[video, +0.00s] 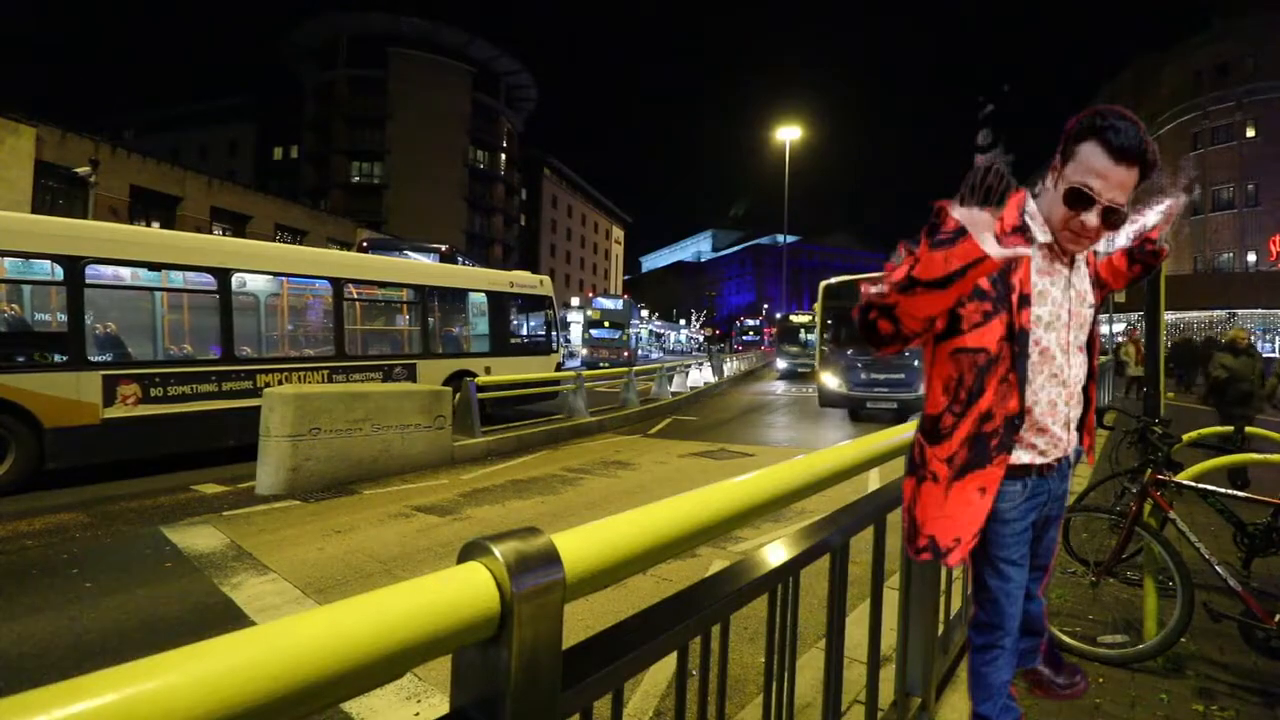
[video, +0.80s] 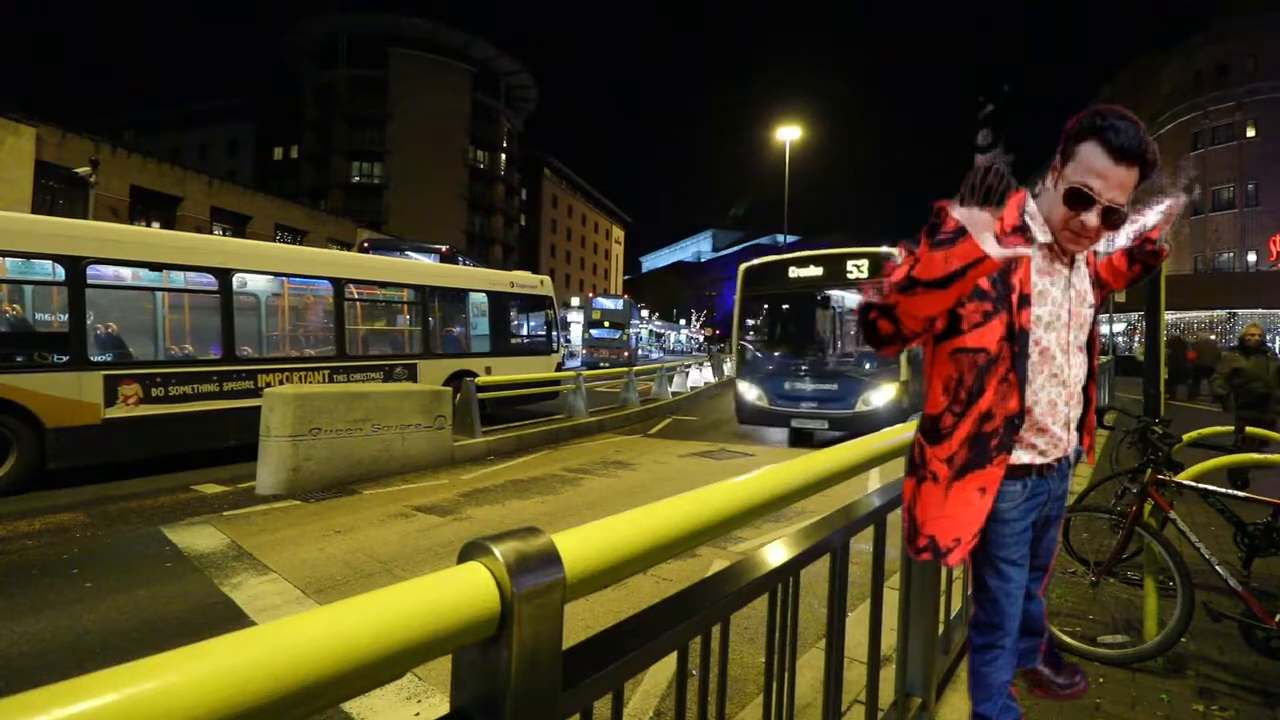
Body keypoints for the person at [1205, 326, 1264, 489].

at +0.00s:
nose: (1244, 342)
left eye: (1246, 339)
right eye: (1241, 339)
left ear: (1249, 340)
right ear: (1232, 339)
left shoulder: (1255, 357)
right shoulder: (1221, 356)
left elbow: (1260, 379)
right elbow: (1215, 375)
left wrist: (1258, 395)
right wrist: (1231, 382)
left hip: (1248, 406)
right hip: (1228, 407)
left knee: (1244, 442)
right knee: (1230, 442)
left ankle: (1243, 475)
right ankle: (1233, 476)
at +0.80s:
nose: (1254, 339)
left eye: (1258, 335)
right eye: (1251, 335)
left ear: (1263, 338)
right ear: (1243, 337)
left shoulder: (1271, 358)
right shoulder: (1232, 356)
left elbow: (1275, 382)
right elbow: (1218, 379)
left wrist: (1274, 399)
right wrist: (1225, 398)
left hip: (1266, 408)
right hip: (1242, 408)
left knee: (1261, 444)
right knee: (1242, 444)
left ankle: (1246, 474)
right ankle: (1237, 476)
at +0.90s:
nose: (1257, 339)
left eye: (1261, 335)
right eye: (1253, 335)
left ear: (1265, 338)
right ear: (1245, 337)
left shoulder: (1272, 358)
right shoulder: (1233, 355)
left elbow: (1274, 381)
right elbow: (1220, 376)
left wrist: (1274, 397)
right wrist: (1228, 392)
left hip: (1268, 407)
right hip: (1243, 407)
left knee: (1271, 443)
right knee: (1244, 444)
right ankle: (1240, 476)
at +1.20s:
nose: (1274, 340)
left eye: (1277, 337)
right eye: (1270, 337)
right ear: (1261, 338)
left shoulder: (1277, 360)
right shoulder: (1248, 358)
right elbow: (1231, 379)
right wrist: (1243, 391)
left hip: (1274, 411)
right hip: (1250, 411)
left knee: (1275, 446)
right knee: (1247, 446)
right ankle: (1240, 476)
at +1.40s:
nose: (1278, 337)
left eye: (1279, 333)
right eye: (1275, 333)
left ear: (1279, 335)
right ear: (1266, 335)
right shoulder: (1255, 357)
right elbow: (1238, 384)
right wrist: (1244, 405)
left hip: (1275, 411)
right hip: (1260, 410)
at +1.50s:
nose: (1278, 337)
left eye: (1279, 334)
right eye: (1276, 333)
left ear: (1278, 336)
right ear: (1268, 336)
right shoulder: (1257, 358)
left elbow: (1239, 383)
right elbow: (1239, 384)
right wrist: (1240, 406)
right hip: (1265, 412)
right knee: (1268, 444)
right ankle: (1267, 474)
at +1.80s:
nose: (1279, 337)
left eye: (1279, 333)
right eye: (1277, 333)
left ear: (1273, 337)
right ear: (1271, 336)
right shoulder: (1261, 360)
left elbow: (1247, 386)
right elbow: (1246, 386)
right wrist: (1244, 409)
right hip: (1268, 413)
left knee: (1274, 447)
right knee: (1273, 447)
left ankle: (1274, 477)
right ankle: (1273, 477)